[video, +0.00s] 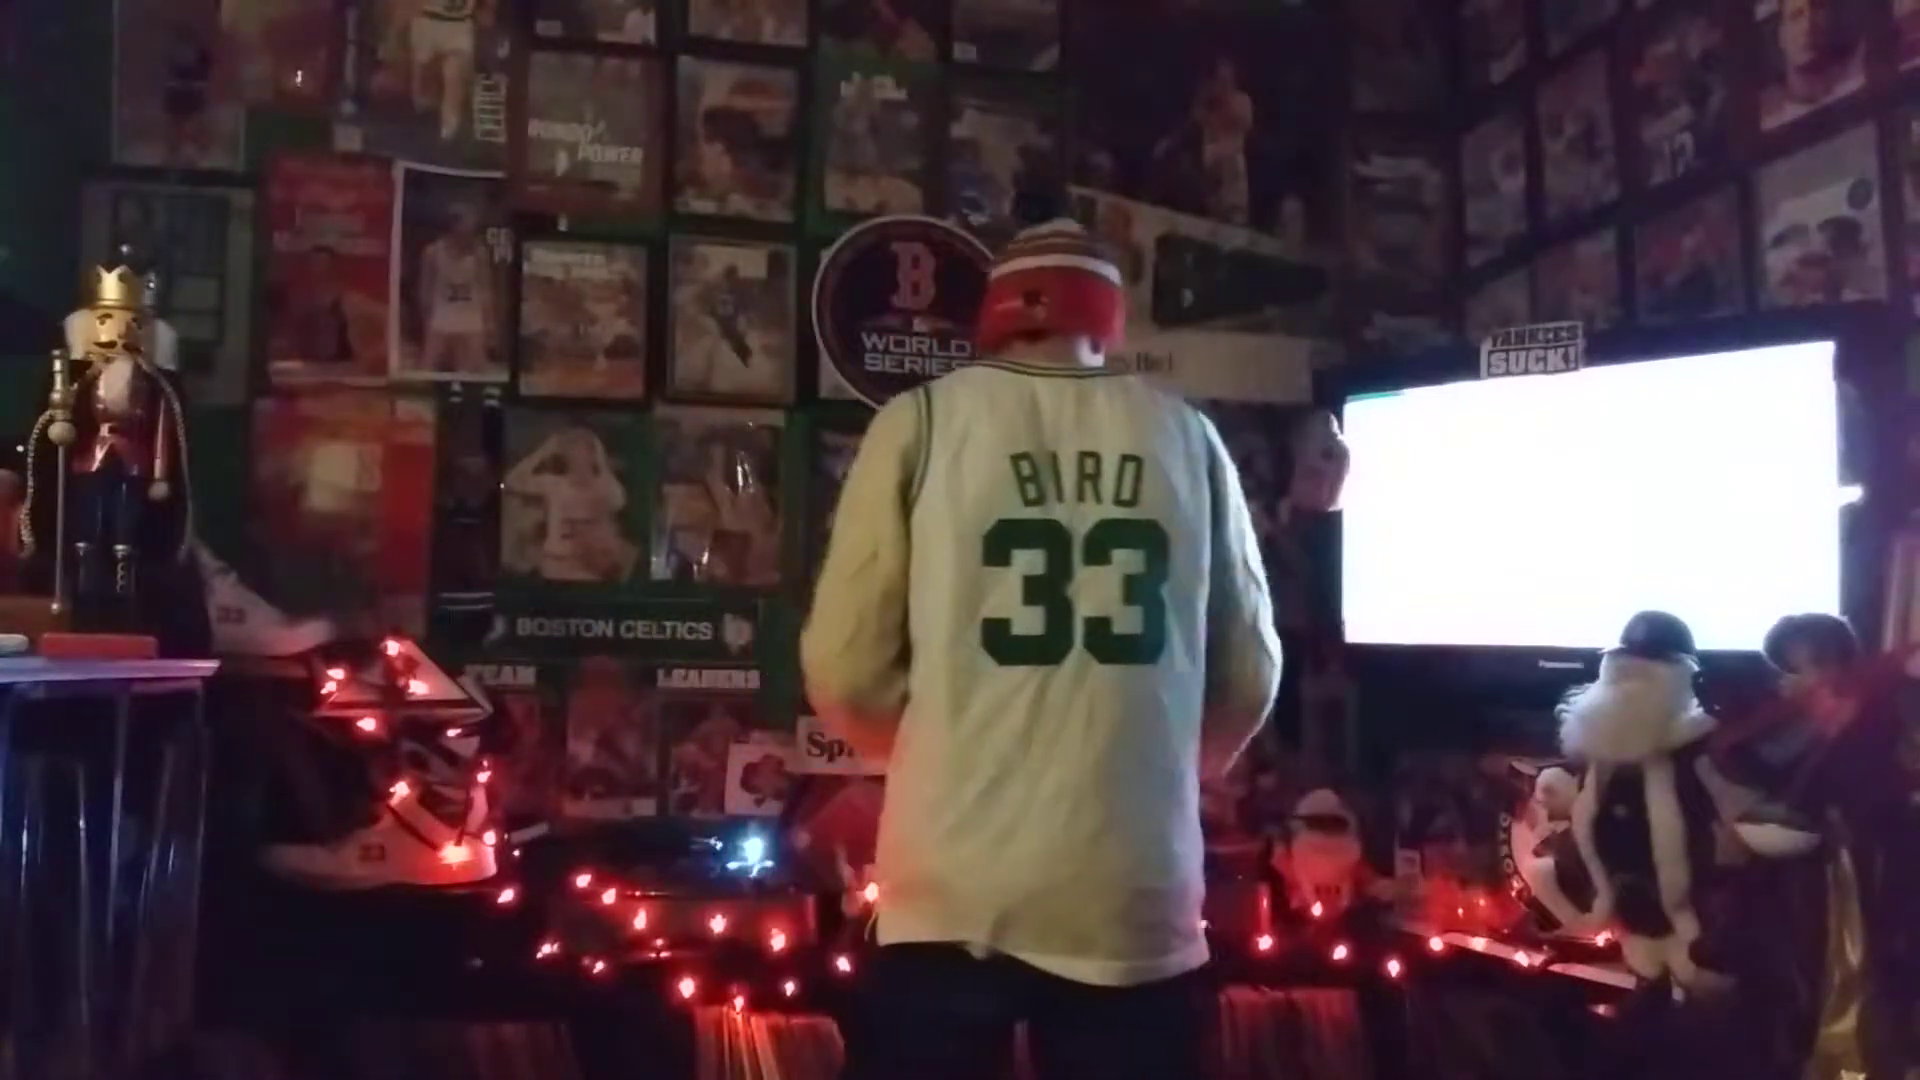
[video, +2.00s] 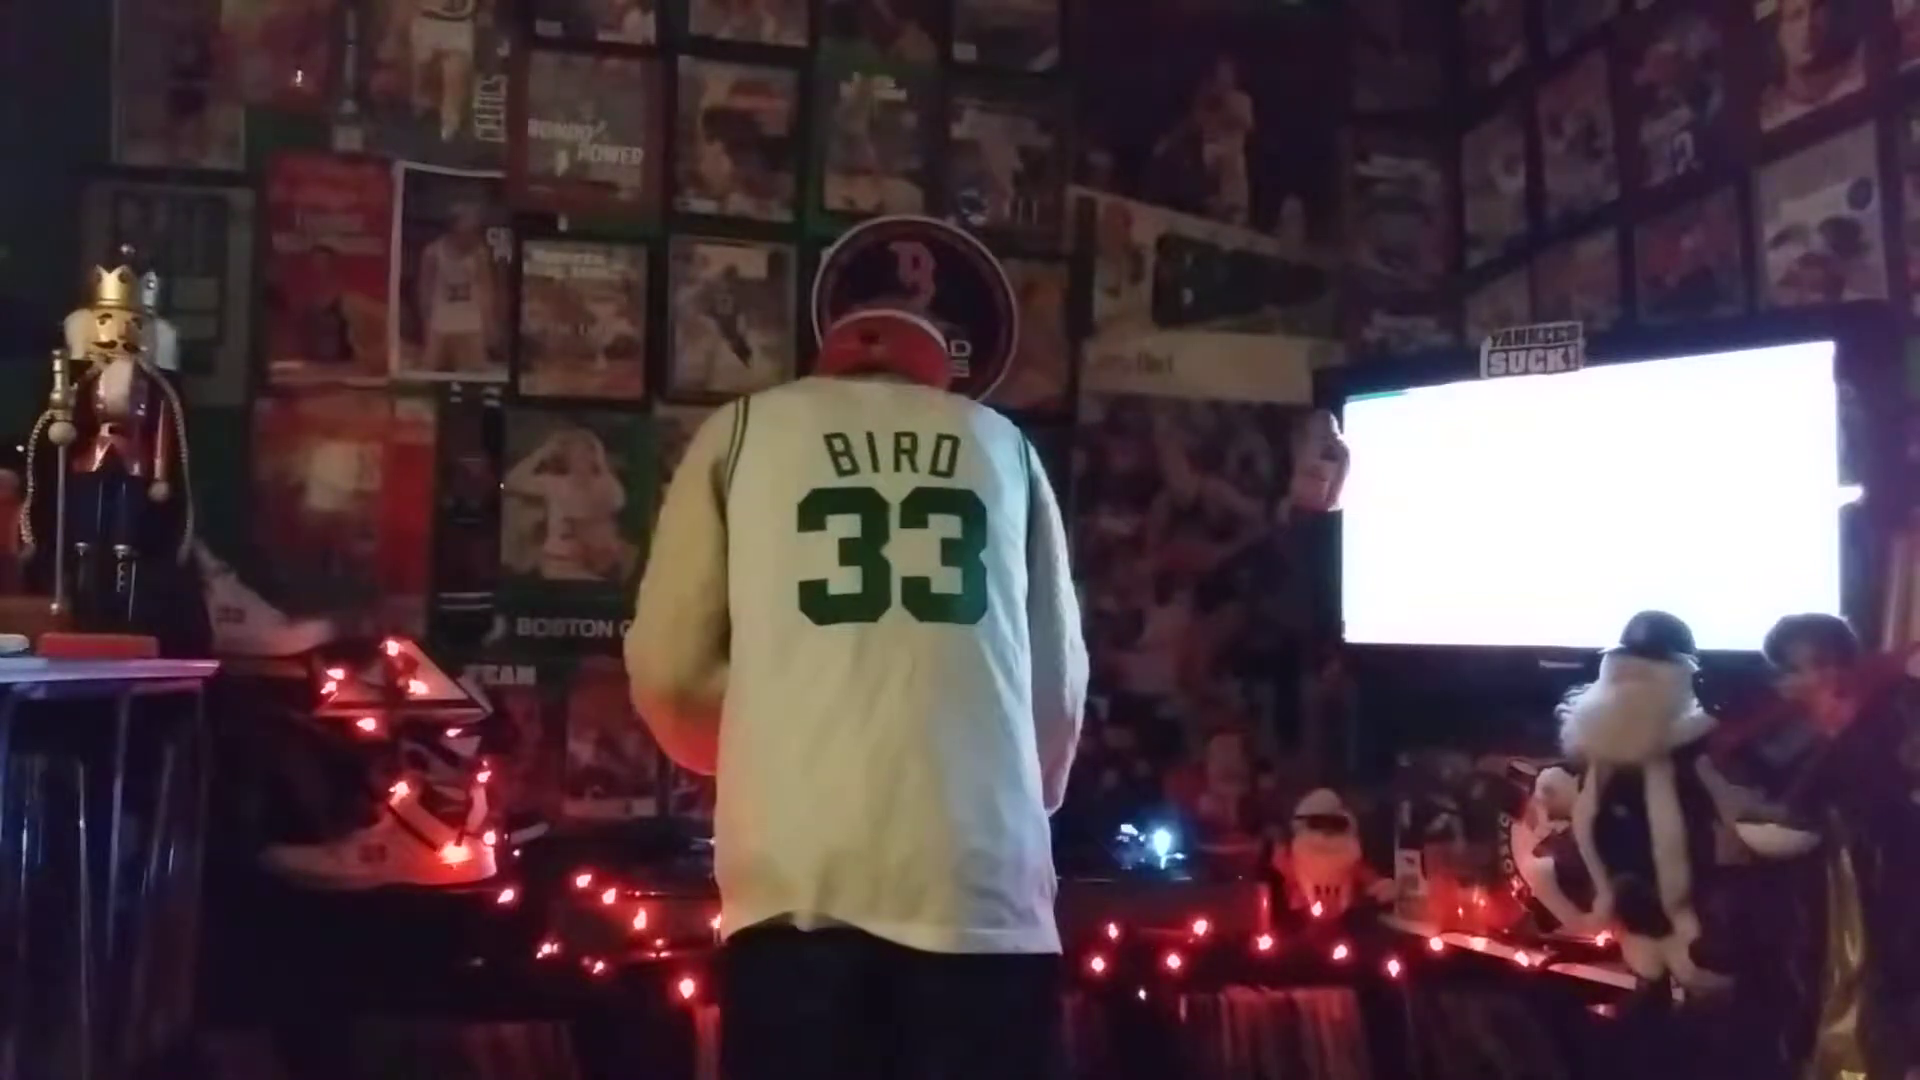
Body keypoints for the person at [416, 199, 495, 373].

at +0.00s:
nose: (467, 234)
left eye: (470, 229)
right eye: (463, 228)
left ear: (474, 229)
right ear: (453, 227)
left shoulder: (480, 252)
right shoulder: (433, 253)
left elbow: (487, 291)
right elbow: (425, 290)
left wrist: (490, 326)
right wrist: (427, 317)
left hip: (472, 328)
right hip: (440, 328)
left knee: (472, 381)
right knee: (433, 380)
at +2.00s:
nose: (468, 236)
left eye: (472, 231)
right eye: (464, 230)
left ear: (477, 230)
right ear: (454, 229)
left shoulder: (481, 252)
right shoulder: (434, 253)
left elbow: (487, 289)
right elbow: (425, 288)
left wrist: (490, 323)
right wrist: (427, 317)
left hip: (472, 327)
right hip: (440, 327)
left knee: (472, 380)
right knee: (434, 380)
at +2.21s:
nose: (467, 236)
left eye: (472, 230)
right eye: (463, 230)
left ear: (477, 230)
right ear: (453, 228)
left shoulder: (481, 252)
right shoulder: (434, 253)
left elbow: (488, 289)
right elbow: (425, 288)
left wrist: (490, 323)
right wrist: (427, 316)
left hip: (472, 327)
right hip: (440, 327)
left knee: (473, 379)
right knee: (434, 379)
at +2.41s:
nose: (468, 236)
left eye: (472, 230)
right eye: (464, 230)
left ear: (477, 229)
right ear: (454, 228)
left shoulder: (481, 252)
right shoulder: (434, 253)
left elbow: (488, 290)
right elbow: (425, 287)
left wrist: (490, 324)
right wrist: (426, 317)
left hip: (472, 327)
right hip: (440, 327)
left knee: (473, 380)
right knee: (434, 379)